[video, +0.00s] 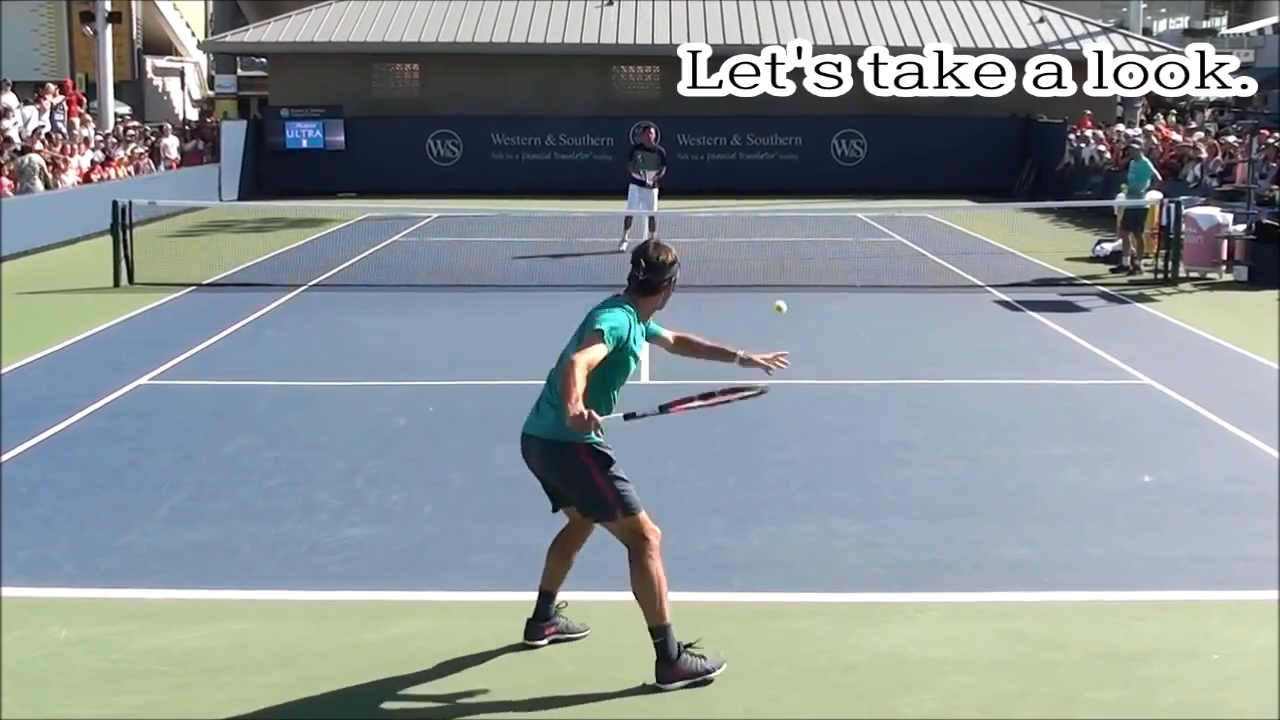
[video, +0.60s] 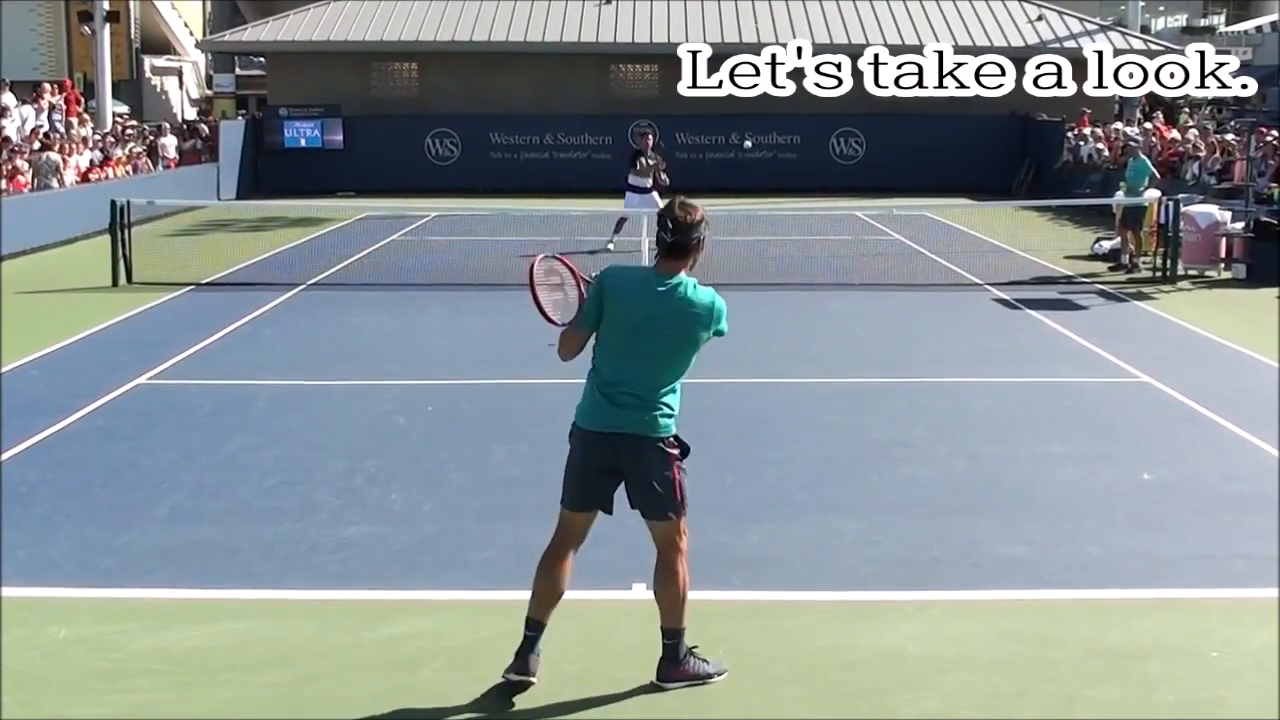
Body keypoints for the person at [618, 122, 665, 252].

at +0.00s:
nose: (650, 136)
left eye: (652, 133)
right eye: (648, 133)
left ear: (655, 136)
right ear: (643, 135)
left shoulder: (659, 151)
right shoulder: (635, 149)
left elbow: (663, 167)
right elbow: (629, 166)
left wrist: (655, 178)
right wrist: (639, 178)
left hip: (651, 186)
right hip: (636, 185)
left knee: (652, 214)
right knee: (630, 212)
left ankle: (652, 240)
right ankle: (624, 239)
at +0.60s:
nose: (647, 142)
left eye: (649, 139)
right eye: (645, 139)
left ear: (653, 142)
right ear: (640, 141)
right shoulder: (635, 155)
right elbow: (638, 171)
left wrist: (660, 173)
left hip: (649, 189)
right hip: (633, 189)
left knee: (663, 213)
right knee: (626, 215)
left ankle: (666, 240)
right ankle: (612, 240)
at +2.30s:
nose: (657, 148)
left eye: (659, 146)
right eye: (655, 146)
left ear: (662, 147)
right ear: (651, 147)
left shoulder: (668, 163)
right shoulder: (644, 160)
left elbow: (672, 181)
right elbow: (638, 179)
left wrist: (664, 189)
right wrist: (647, 176)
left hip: (661, 195)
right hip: (645, 195)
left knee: (668, 220)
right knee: (639, 221)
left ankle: (668, 243)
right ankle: (629, 243)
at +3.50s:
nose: (654, 140)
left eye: (655, 137)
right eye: (651, 138)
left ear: (660, 137)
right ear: (649, 140)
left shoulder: (671, 149)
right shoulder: (650, 154)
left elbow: (690, 155)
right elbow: (657, 171)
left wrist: (701, 170)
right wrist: (648, 177)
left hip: (672, 188)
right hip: (655, 188)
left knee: (673, 216)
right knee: (646, 212)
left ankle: (674, 244)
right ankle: (647, 233)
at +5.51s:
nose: (619, 142)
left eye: (621, 139)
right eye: (617, 138)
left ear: (623, 141)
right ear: (611, 138)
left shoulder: (623, 157)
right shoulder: (599, 152)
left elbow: (622, 171)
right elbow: (588, 163)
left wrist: (621, 180)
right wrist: (588, 172)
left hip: (616, 187)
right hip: (601, 187)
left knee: (623, 215)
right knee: (601, 216)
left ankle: (632, 242)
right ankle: (595, 244)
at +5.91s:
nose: (619, 138)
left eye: (621, 135)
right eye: (616, 135)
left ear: (623, 137)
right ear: (610, 136)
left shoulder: (625, 153)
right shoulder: (601, 150)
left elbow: (627, 170)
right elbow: (593, 164)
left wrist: (621, 180)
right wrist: (598, 172)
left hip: (619, 184)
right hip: (604, 184)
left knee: (626, 212)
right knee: (599, 213)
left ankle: (632, 236)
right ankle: (593, 241)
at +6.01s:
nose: (622, 137)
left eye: (623, 134)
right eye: (619, 134)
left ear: (625, 136)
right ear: (613, 135)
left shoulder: (629, 152)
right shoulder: (605, 150)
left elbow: (632, 170)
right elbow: (598, 165)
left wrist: (623, 180)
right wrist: (603, 171)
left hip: (623, 186)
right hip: (607, 186)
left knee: (628, 212)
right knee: (602, 212)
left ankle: (631, 237)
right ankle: (593, 239)